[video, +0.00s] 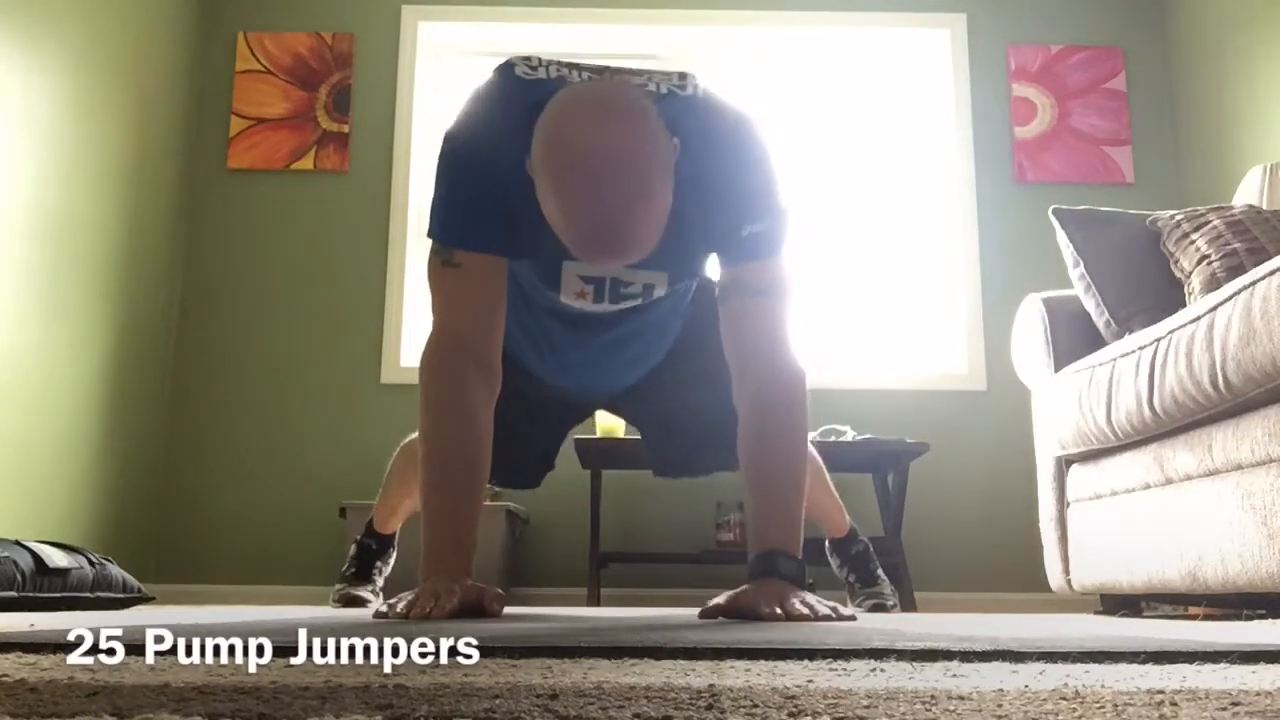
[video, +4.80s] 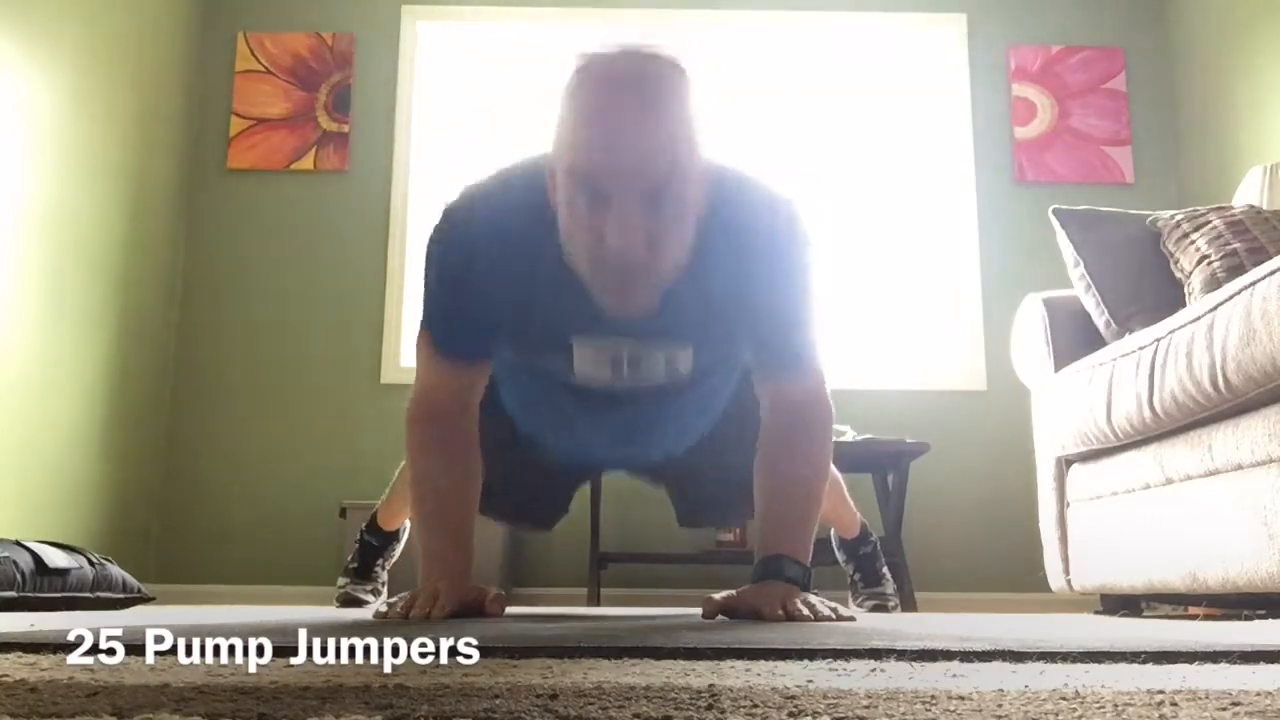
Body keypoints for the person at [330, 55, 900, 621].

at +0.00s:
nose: (605, 283)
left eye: (631, 269)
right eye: (584, 267)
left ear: (672, 167)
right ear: (536, 176)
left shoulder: (731, 154)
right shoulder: (482, 145)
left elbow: (768, 369)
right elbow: (459, 361)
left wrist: (776, 571)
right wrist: (448, 578)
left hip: (671, 330)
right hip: (529, 338)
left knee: (771, 439)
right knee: (449, 452)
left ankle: (854, 549)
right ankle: (374, 534)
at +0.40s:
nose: (605, 195)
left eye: (633, 159)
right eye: (579, 159)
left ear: (676, 105)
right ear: (539, 102)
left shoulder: (735, 125)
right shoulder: (483, 133)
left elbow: (776, 360)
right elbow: (461, 356)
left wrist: (779, 574)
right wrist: (445, 580)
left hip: (690, 339)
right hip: (540, 336)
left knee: (787, 453)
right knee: (445, 449)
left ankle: (855, 551)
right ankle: (384, 547)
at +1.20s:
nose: (603, 94)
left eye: (638, 55)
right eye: (577, 55)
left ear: (681, 60)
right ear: (543, 56)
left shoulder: (732, 127)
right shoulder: (491, 128)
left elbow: (778, 360)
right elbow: (459, 356)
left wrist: (783, 575)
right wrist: (446, 582)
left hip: (686, 350)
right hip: (533, 348)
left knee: (786, 455)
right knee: (444, 457)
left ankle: (858, 557)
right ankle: (379, 544)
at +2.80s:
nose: (626, 160)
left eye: (645, 134)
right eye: (602, 134)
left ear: (693, 54)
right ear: (561, 57)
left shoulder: (748, 108)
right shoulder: (494, 115)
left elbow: (783, 360)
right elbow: (462, 353)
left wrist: (784, 576)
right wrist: (446, 582)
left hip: (694, 330)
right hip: (544, 329)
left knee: (794, 454)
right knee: (449, 452)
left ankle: (859, 545)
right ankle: (385, 545)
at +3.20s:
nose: (623, 238)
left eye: (644, 225)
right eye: (600, 225)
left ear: (694, 139)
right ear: (552, 142)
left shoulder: (743, 122)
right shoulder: (496, 126)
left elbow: (782, 366)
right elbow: (463, 356)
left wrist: (779, 572)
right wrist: (448, 578)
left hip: (692, 329)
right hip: (539, 327)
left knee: (786, 438)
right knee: (455, 423)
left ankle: (858, 542)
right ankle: (387, 533)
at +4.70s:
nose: (622, 194)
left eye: (655, 155)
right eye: (590, 153)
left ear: (696, 123)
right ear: (553, 115)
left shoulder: (754, 168)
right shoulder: (486, 172)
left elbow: (791, 377)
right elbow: (450, 377)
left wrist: (782, 576)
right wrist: (445, 584)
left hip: (701, 379)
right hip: (534, 379)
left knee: (793, 450)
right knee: (442, 447)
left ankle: (861, 549)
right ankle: (379, 552)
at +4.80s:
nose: (623, 235)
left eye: (657, 199)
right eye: (591, 198)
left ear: (700, 179)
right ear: (554, 179)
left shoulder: (761, 233)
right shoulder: (479, 234)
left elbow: (797, 402)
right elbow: (440, 408)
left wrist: (779, 573)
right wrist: (447, 582)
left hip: (704, 420)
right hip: (532, 419)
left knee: (801, 469)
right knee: (435, 462)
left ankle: (859, 540)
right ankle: (380, 532)